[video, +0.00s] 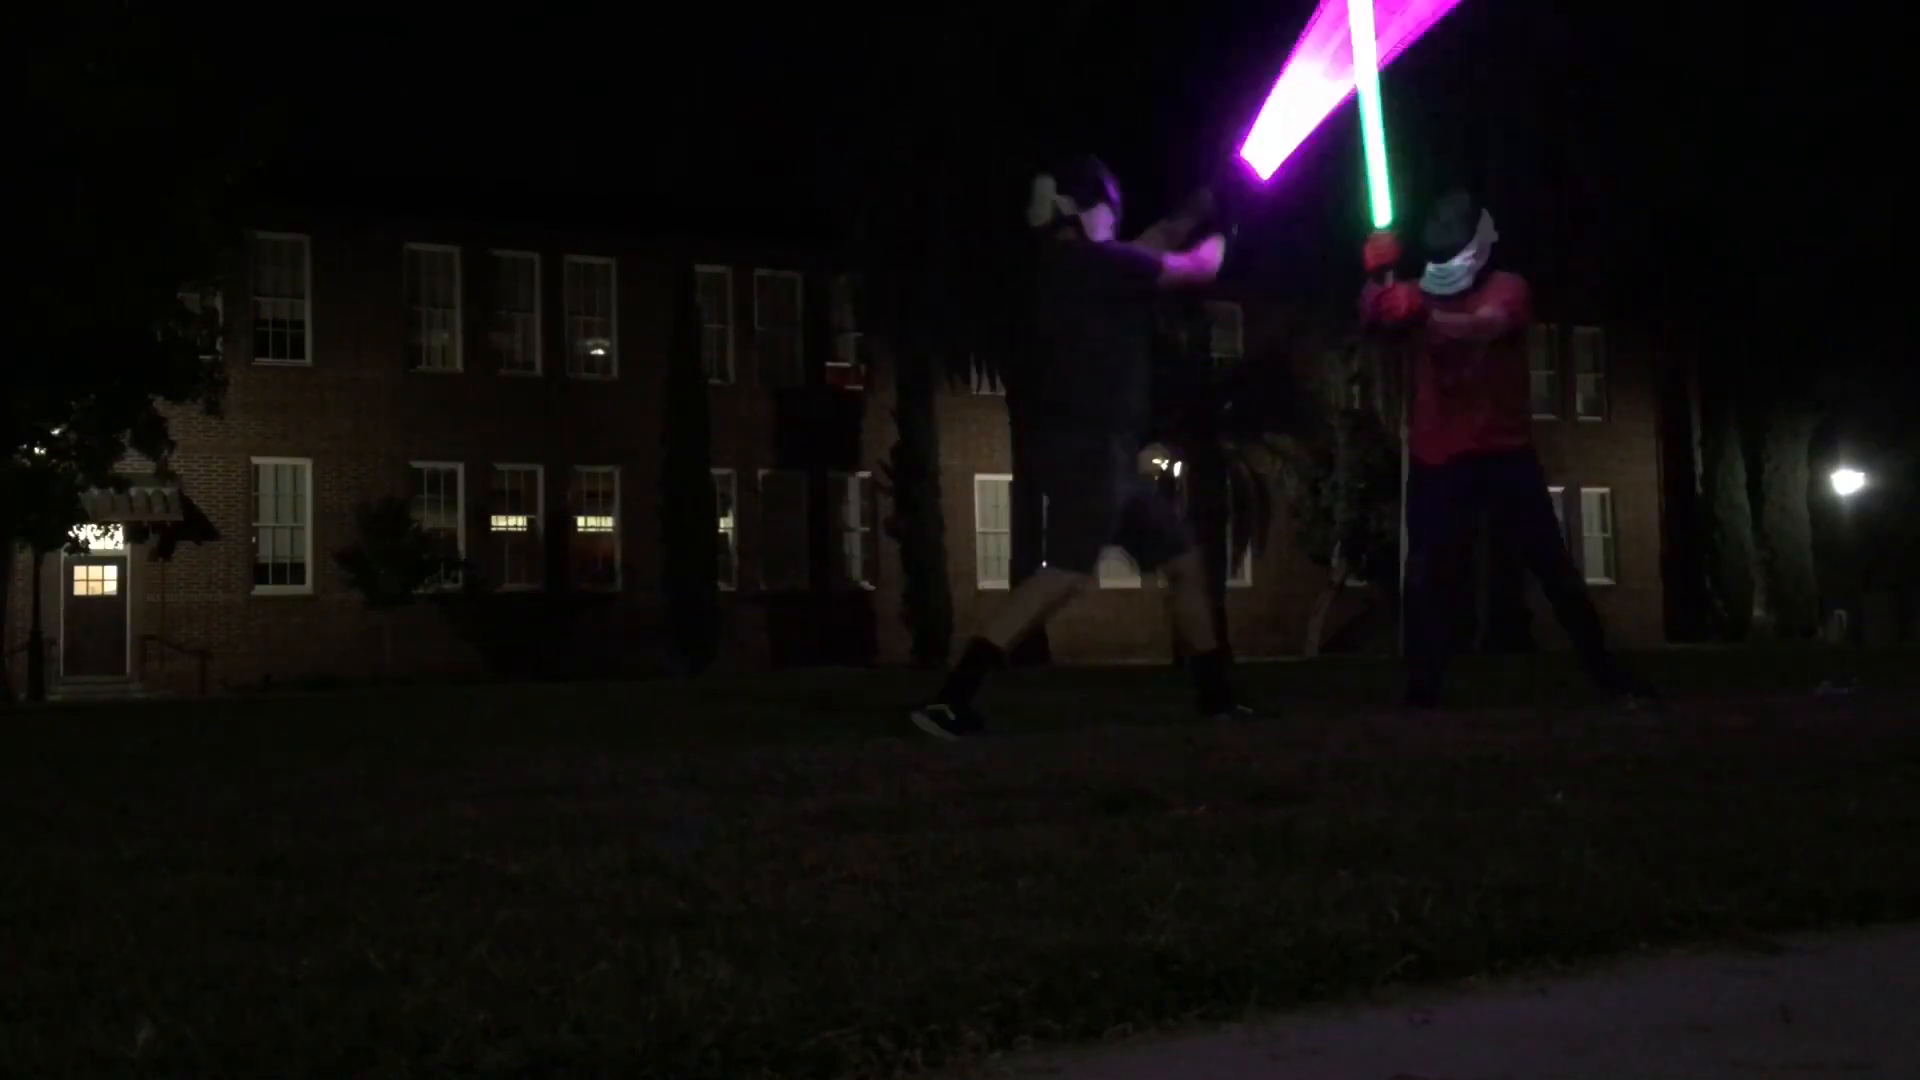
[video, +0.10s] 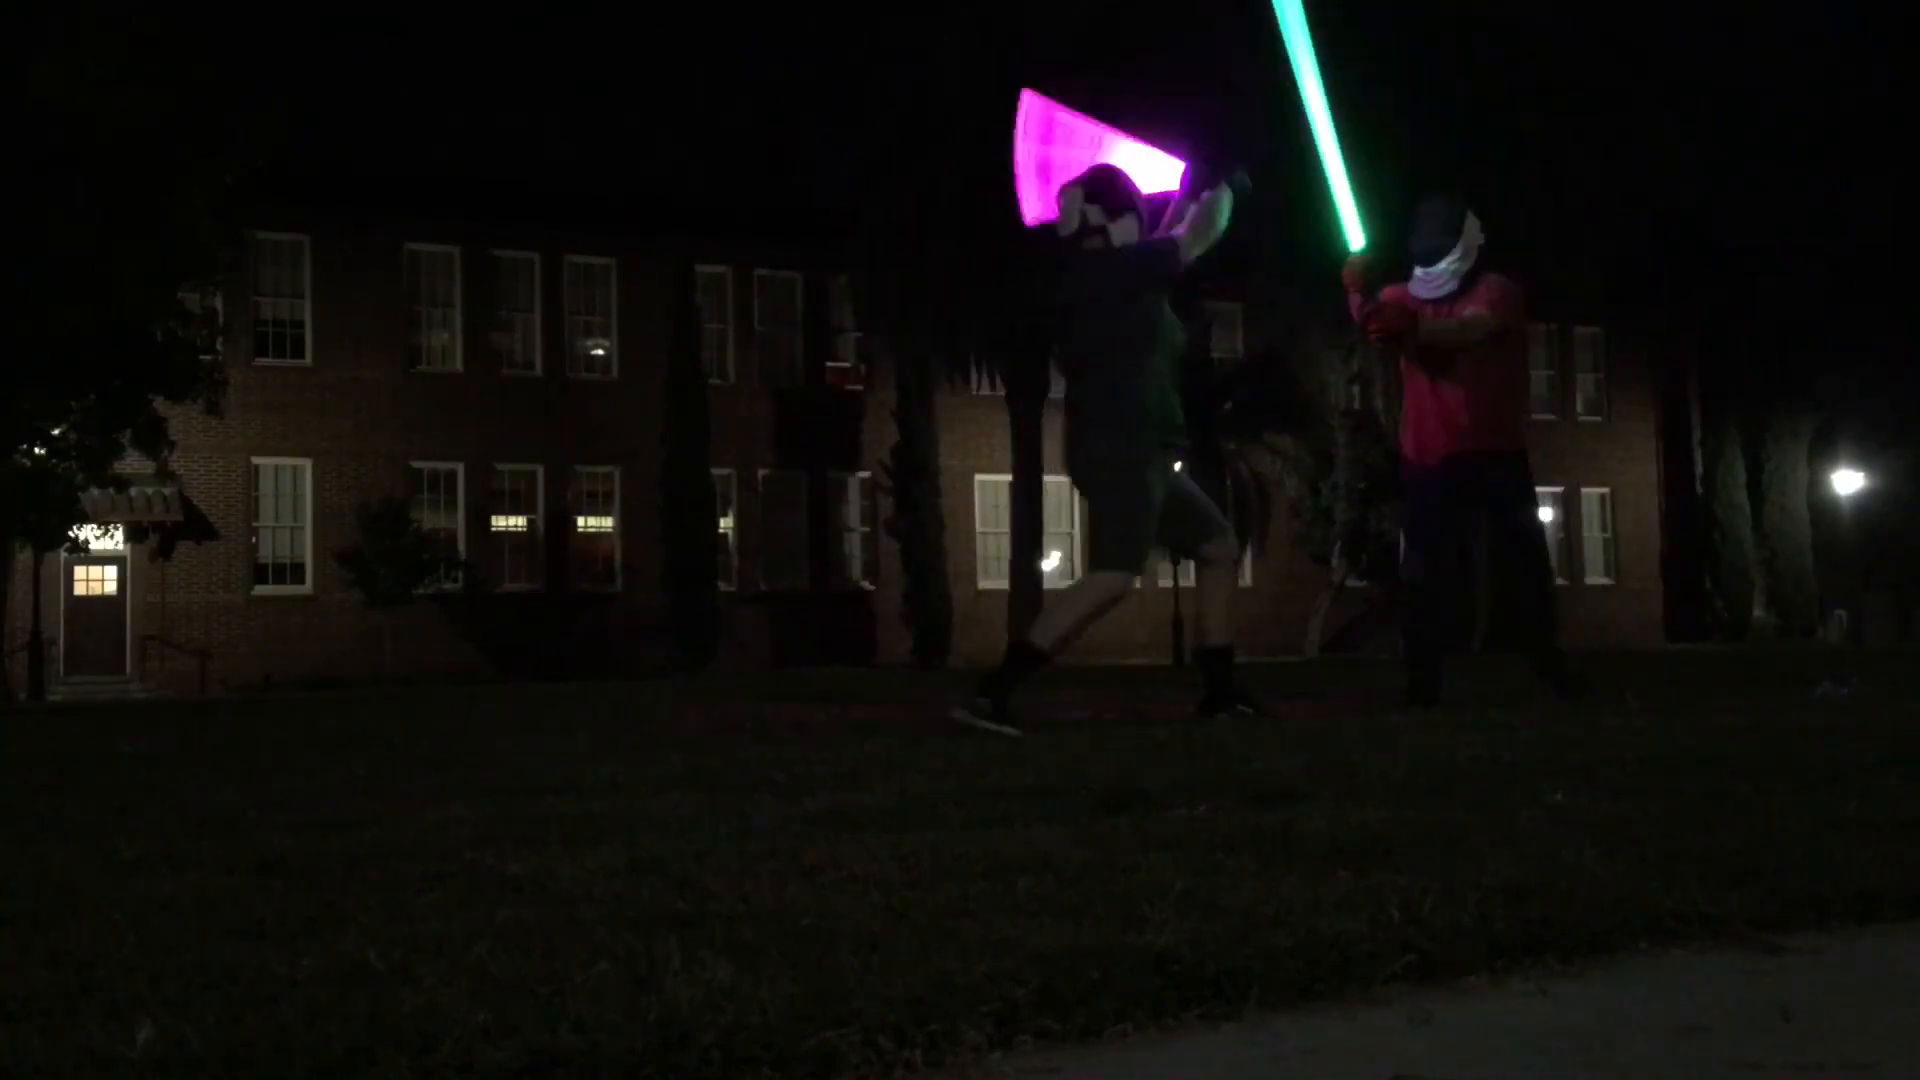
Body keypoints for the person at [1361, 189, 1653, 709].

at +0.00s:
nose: (1447, 243)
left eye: (1459, 229)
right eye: (1437, 231)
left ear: (1481, 236)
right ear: (1424, 240)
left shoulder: (1503, 287)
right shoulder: (1418, 295)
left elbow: (1488, 322)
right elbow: (1374, 314)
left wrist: (1422, 313)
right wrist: (1378, 274)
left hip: (1503, 456)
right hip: (1438, 460)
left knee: (1551, 568)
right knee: (1431, 574)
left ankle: (1607, 677)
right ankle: (1422, 688)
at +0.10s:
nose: (1431, 260)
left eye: (1443, 248)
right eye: (1424, 249)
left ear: (1466, 246)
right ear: (1416, 250)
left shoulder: (1492, 291)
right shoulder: (1407, 297)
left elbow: (1477, 326)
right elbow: (1371, 323)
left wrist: (1411, 331)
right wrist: (1356, 285)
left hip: (1493, 457)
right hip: (1428, 463)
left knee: (1515, 561)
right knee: (1427, 569)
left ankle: (1539, 665)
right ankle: (1423, 678)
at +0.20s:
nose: (1430, 279)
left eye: (1440, 267)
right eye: (1421, 270)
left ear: (1463, 255)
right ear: (1410, 263)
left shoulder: (1490, 298)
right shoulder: (1402, 303)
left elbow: (1468, 331)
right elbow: (1371, 322)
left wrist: (1394, 323)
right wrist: (1351, 300)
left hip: (1485, 463)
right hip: (1423, 465)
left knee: (1503, 570)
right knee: (1423, 572)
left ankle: (1515, 679)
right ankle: (1421, 682)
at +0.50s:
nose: (1475, 313)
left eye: (1485, 305)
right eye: (1466, 305)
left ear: (1499, 295)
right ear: (1451, 293)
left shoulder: (1507, 324)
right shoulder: (1423, 320)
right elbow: (1398, 383)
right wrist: (1392, 324)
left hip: (1491, 474)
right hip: (1431, 474)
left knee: (1508, 576)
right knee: (1436, 574)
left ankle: (1497, 676)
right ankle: (1420, 677)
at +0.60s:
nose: (1488, 299)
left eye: (1496, 289)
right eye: (1480, 289)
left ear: (1501, 291)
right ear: (1460, 288)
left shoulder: (1509, 332)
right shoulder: (1433, 327)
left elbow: (1527, 327)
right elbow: (1415, 390)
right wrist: (1403, 334)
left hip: (1493, 473)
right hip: (1435, 472)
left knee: (1512, 572)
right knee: (1433, 567)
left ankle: (1498, 672)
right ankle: (1412, 666)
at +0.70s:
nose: (1473, 324)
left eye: (1483, 315)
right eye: (1465, 315)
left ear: (1500, 307)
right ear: (1451, 303)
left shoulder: (1511, 334)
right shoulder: (1430, 331)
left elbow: (1524, 304)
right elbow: (1423, 386)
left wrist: (1473, 282)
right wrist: (1414, 331)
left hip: (1494, 468)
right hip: (1435, 468)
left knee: (1511, 569)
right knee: (1434, 563)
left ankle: (1497, 675)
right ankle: (1412, 674)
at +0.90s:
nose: (1461, 284)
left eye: (1468, 274)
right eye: (1452, 275)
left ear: (1482, 272)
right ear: (1436, 275)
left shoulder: (1501, 311)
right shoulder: (1424, 311)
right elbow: (1429, 378)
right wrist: (1473, 324)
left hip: (1495, 461)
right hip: (1435, 464)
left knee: (1502, 570)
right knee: (1435, 569)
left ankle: (1498, 672)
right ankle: (1420, 669)